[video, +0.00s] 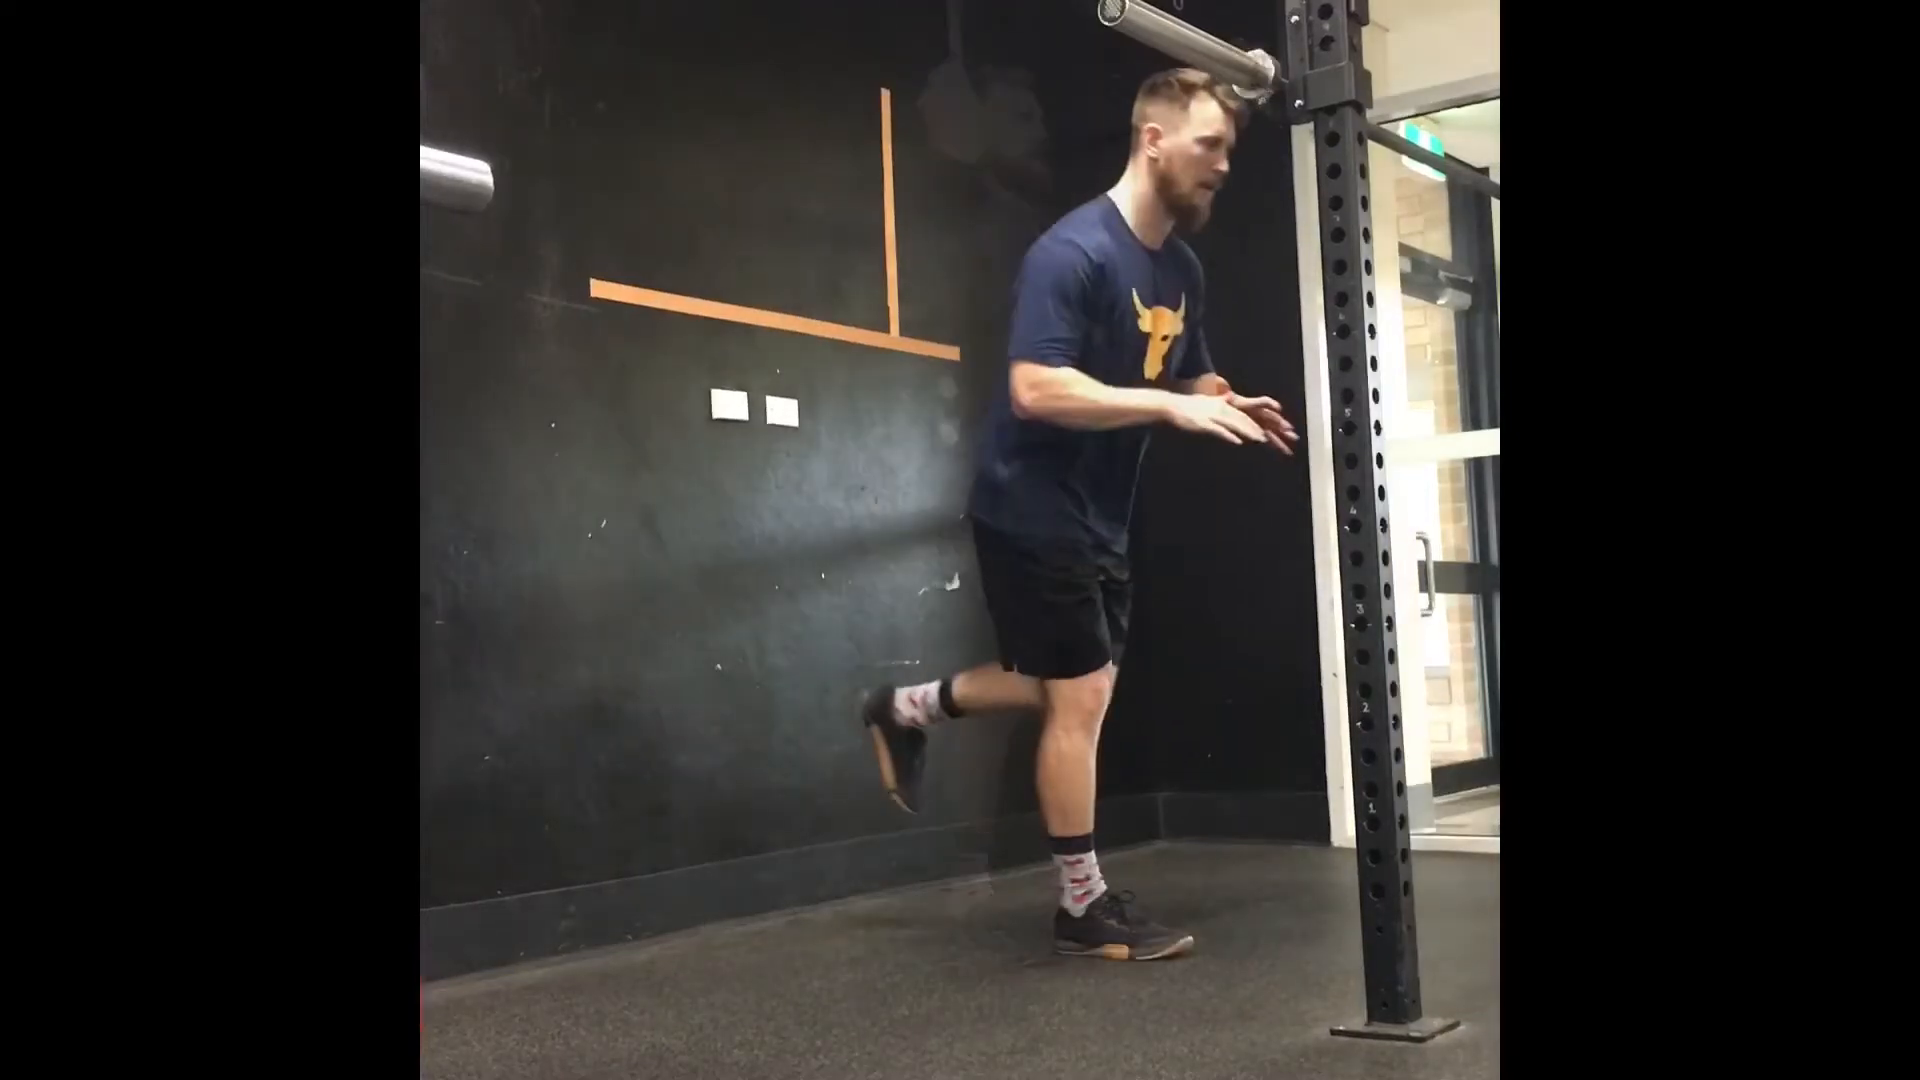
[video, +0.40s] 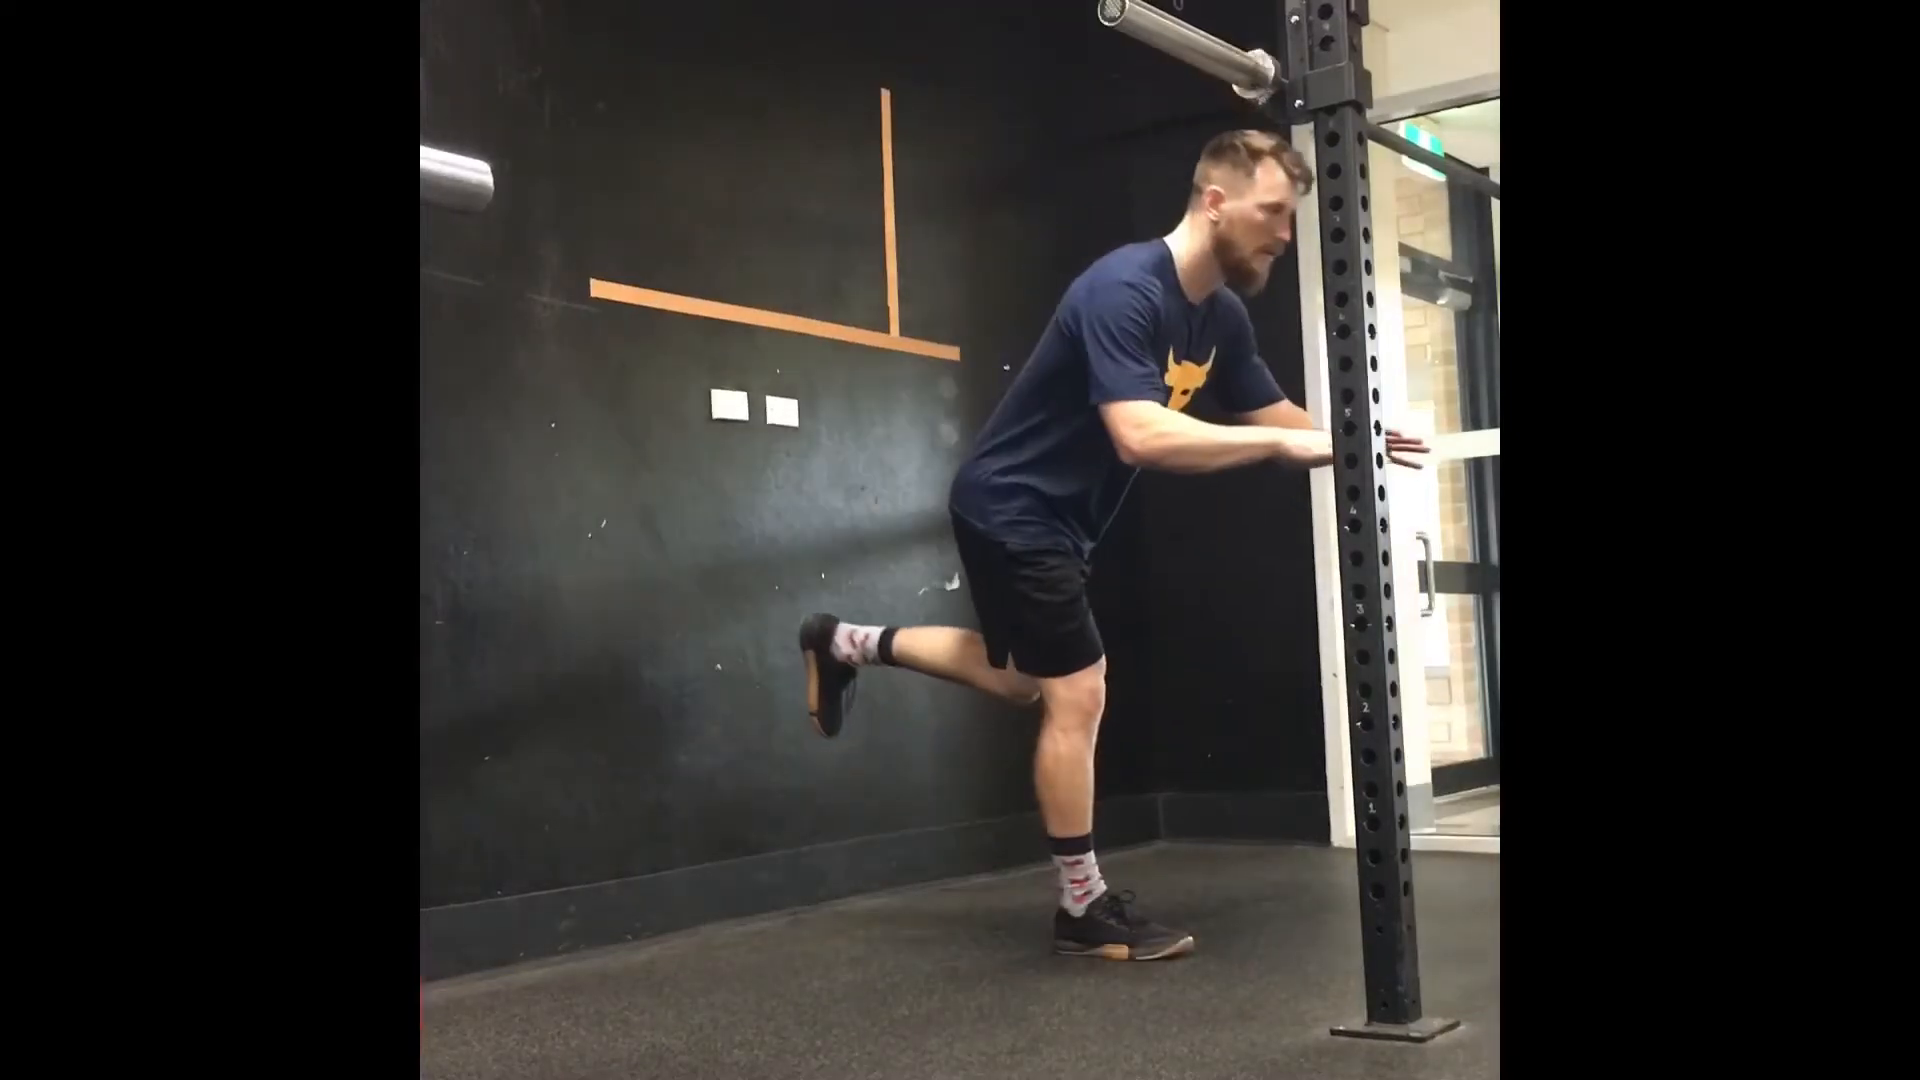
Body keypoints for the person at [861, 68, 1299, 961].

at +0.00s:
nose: (1222, 168)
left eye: (1227, 151)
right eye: (1209, 147)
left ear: (1196, 152)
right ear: (1150, 139)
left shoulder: (1181, 268)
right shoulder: (1068, 254)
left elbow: (1176, 380)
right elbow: (1036, 390)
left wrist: (1224, 402)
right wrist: (1174, 408)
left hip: (1105, 517)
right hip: (1033, 513)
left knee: (1080, 683)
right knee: (1078, 694)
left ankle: (909, 706)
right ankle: (1081, 903)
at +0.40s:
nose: (1288, 232)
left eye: (1292, 214)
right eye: (1274, 211)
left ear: (1238, 213)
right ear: (1213, 202)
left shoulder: (1222, 317)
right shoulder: (1121, 287)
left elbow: (1269, 417)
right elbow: (1141, 434)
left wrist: (1357, 436)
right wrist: (1293, 449)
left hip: (1065, 517)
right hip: (1009, 505)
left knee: (1018, 678)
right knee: (1077, 692)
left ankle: (848, 644)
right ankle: (1082, 906)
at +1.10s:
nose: (1337, 332)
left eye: (1340, 315)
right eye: (1328, 312)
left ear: (1285, 303)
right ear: (1272, 297)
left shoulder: (1274, 386)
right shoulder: (1170, 355)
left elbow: (1365, 463)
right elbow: (1248, 486)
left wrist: (1471, 503)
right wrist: (1390, 502)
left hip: (1045, 519)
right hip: (999, 507)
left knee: (952, 621)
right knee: (1076, 686)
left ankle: (815, 511)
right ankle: (1083, 907)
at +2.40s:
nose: (1328, 304)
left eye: (1332, 287)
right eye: (1320, 284)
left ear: (1280, 280)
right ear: (1260, 272)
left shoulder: (1266, 373)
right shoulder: (1160, 340)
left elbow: (1291, 496)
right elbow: (1161, 495)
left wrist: (1381, 562)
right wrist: (1304, 543)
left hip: (1055, 522)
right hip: (1009, 507)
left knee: (945, 631)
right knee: (1085, 690)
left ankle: (805, 538)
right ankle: (1082, 906)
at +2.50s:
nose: (1317, 273)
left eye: (1321, 254)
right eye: (1306, 252)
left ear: (1266, 250)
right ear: (1246, 244)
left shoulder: (1248, 351)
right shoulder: (1144, 324)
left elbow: (1244, 476)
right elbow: (1105, 471)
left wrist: (1291, 558)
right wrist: (1236, 535)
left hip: (1069, 522)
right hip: (1013, 507)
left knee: (974, 662)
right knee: (1090, 691)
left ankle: (823, 598)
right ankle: (1083, 904)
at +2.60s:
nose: (1299, 242)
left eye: (1302, 224)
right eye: (1285, 222)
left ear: (1250, 225)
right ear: (1225, 217)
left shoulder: (1230, 331)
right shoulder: (1127, 305)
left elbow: (1207, 441)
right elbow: (1064, 443)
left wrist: (1234, 520)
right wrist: (1192, 513)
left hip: (1081, 525)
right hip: (1019, 509)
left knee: (1028, 694)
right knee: (1093, 690)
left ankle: (861, 666)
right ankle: (1084, 903)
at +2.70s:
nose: (1269, 209)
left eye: (1273, 192)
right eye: (1254, 189)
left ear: (1216, 192)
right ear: (1195, 184)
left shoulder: (1208, 299)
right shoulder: (1105, 281)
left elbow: (1184, 402)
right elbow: (1035, 412)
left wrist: (1203, 478)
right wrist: (1162, 469)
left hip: (1099, 517)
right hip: (1026, 511)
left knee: (1075, 694)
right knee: (1088, 695)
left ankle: (917, 732)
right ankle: (1083, 903)